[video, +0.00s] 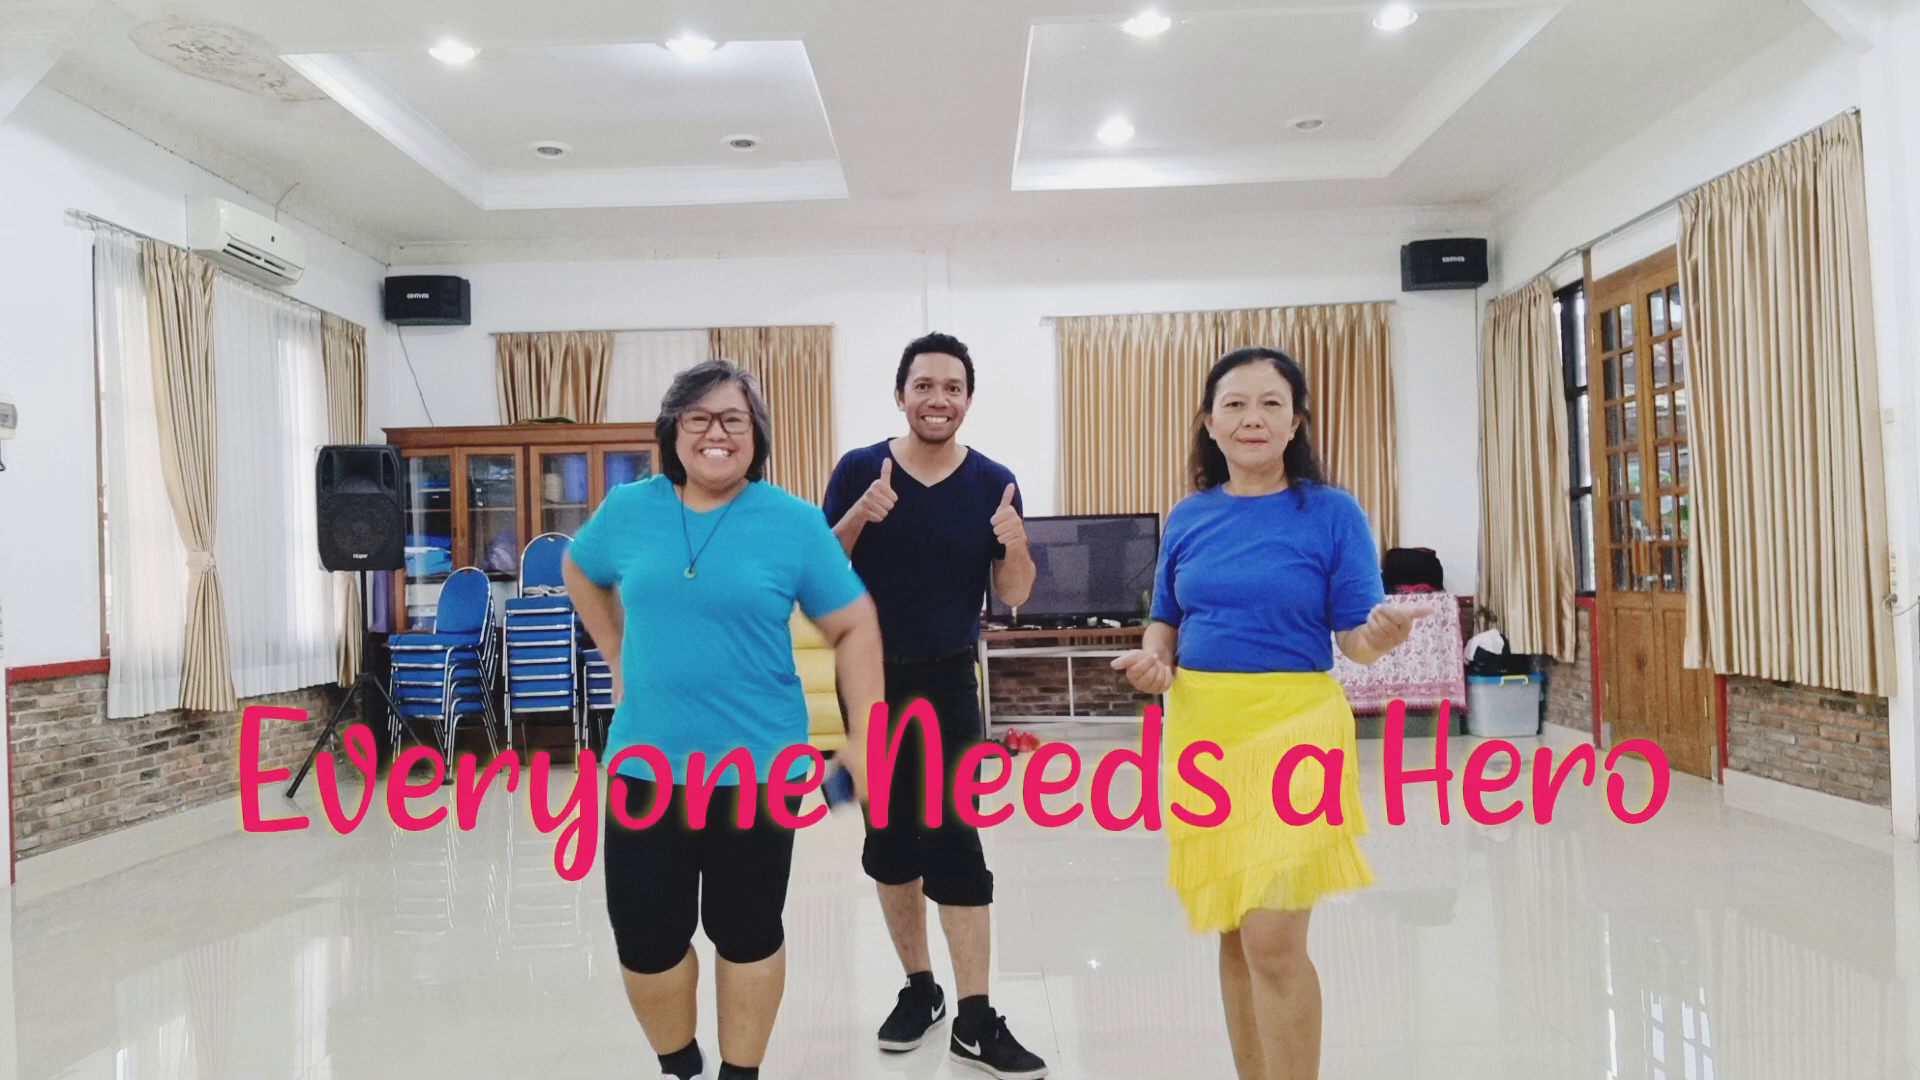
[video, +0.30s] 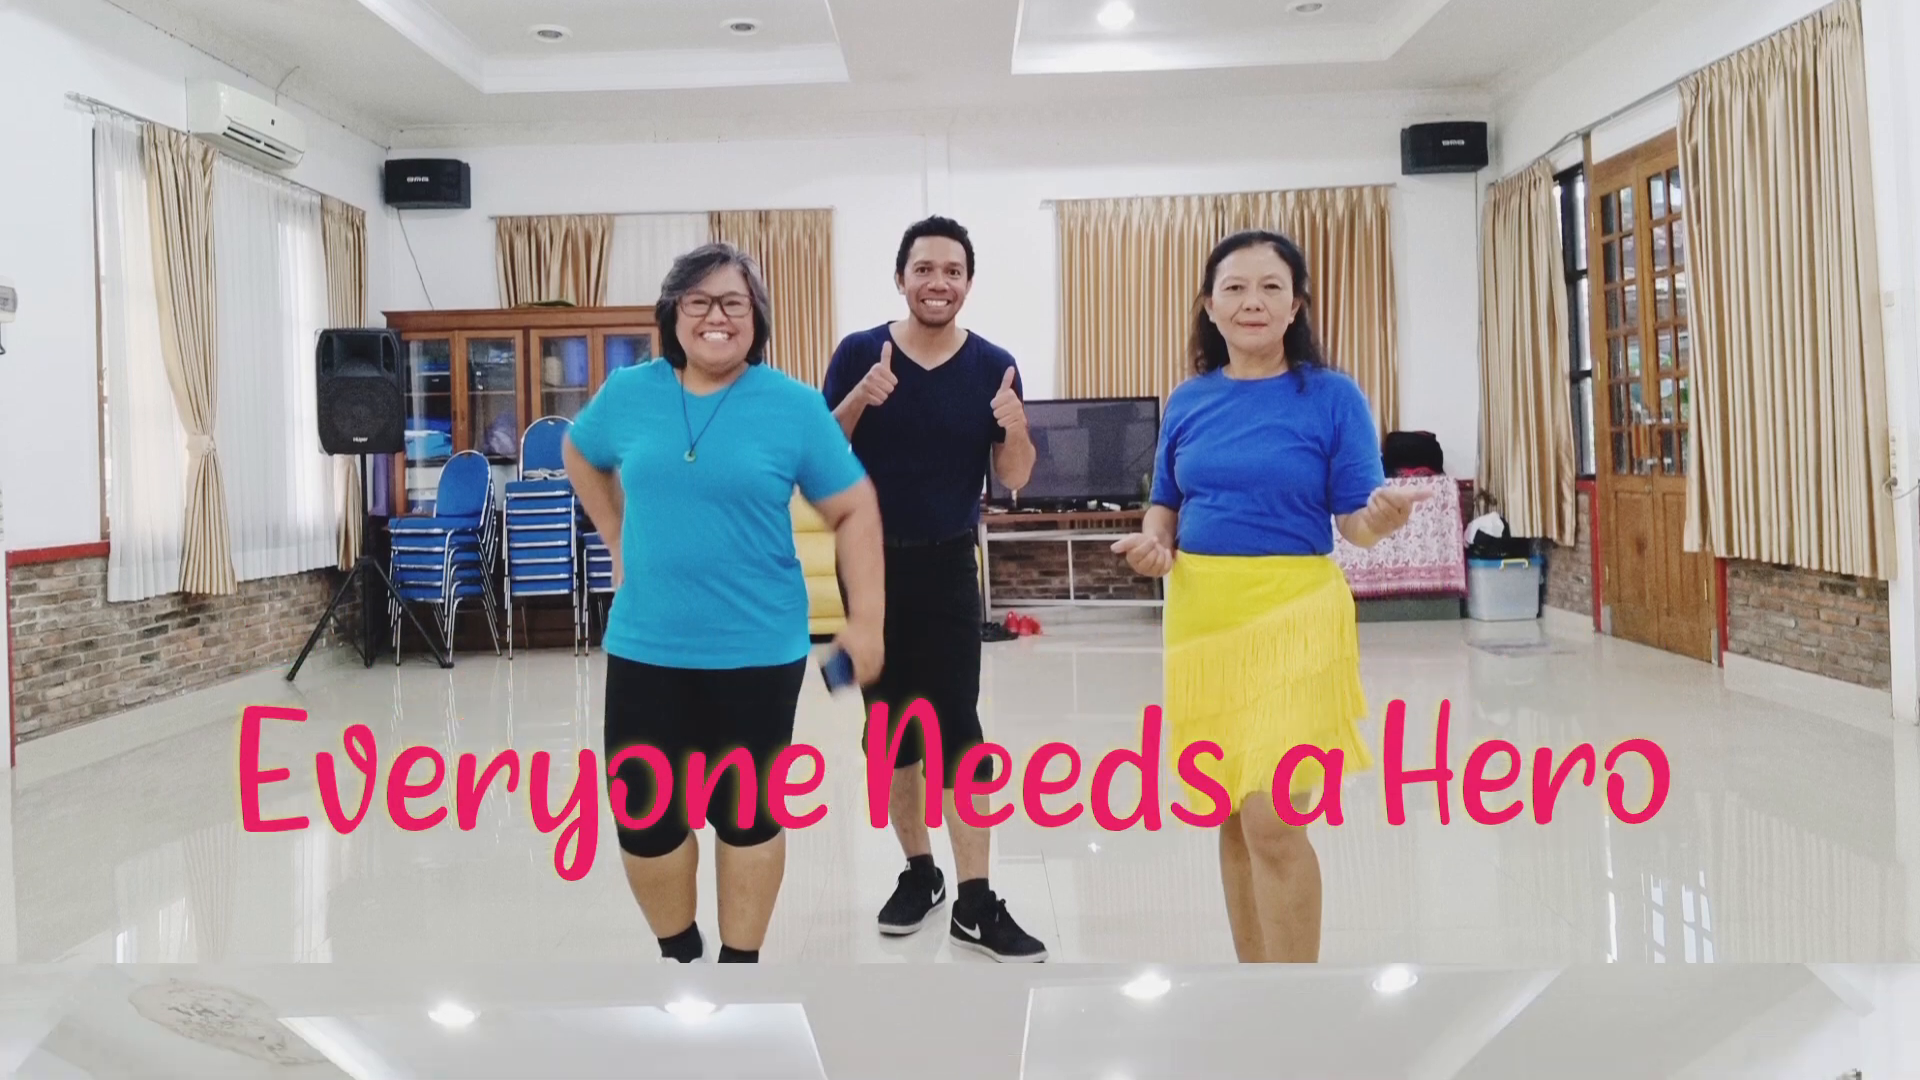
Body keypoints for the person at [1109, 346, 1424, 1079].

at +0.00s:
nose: (1252, 418)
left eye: (1270, 404)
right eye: (1234, 404)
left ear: (1295, 421)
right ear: (1210, 421)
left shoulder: (1333, 512)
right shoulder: (1186, 517)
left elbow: (1356, 643)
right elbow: (1163, 628)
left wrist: (1380, 635)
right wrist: (1151, 660)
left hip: (1297, 723)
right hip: (1204, 724)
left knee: (1272, 941)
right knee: (1237, 941)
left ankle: (1296, 1077)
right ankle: (1254, 1078)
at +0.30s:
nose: (1252, 302)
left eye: (1270, 287)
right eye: (1234, 288)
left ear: (1295, 304)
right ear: (1210, 305)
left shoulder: (1333, 396)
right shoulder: (1186, 401)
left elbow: (1356, 526)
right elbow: (1163, 508)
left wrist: (1380, 516)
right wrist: (1150, 542)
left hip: (1295, 607)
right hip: (1202, 608)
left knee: (1272, 817)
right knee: (1233, 818)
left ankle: (1296, 1004)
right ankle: (1259, 997)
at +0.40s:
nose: (1252, 141)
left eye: (1270, 127)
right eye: (1235, 128)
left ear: (1296, 143)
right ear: (1210, 145)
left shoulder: (1333, 236)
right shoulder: (1186, 241)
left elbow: (1357, 367)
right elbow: (1163, 346)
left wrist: (1381, 357)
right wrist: (1152, 381)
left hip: (1295, 446)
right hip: (1202, 449)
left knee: (1271, 663)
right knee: (1236, 663)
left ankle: (1304, 836)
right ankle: (1255, 830)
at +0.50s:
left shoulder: (1339, 1)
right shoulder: (1183, 3)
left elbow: (1355, 100)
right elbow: (1164, 78)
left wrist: (1384, 93)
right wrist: (1154, 117)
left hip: (1294, 179)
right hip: (1204, 182)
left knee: (1271, 400)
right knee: (1237, 400)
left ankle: (1295, 587)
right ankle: (1257, 577)